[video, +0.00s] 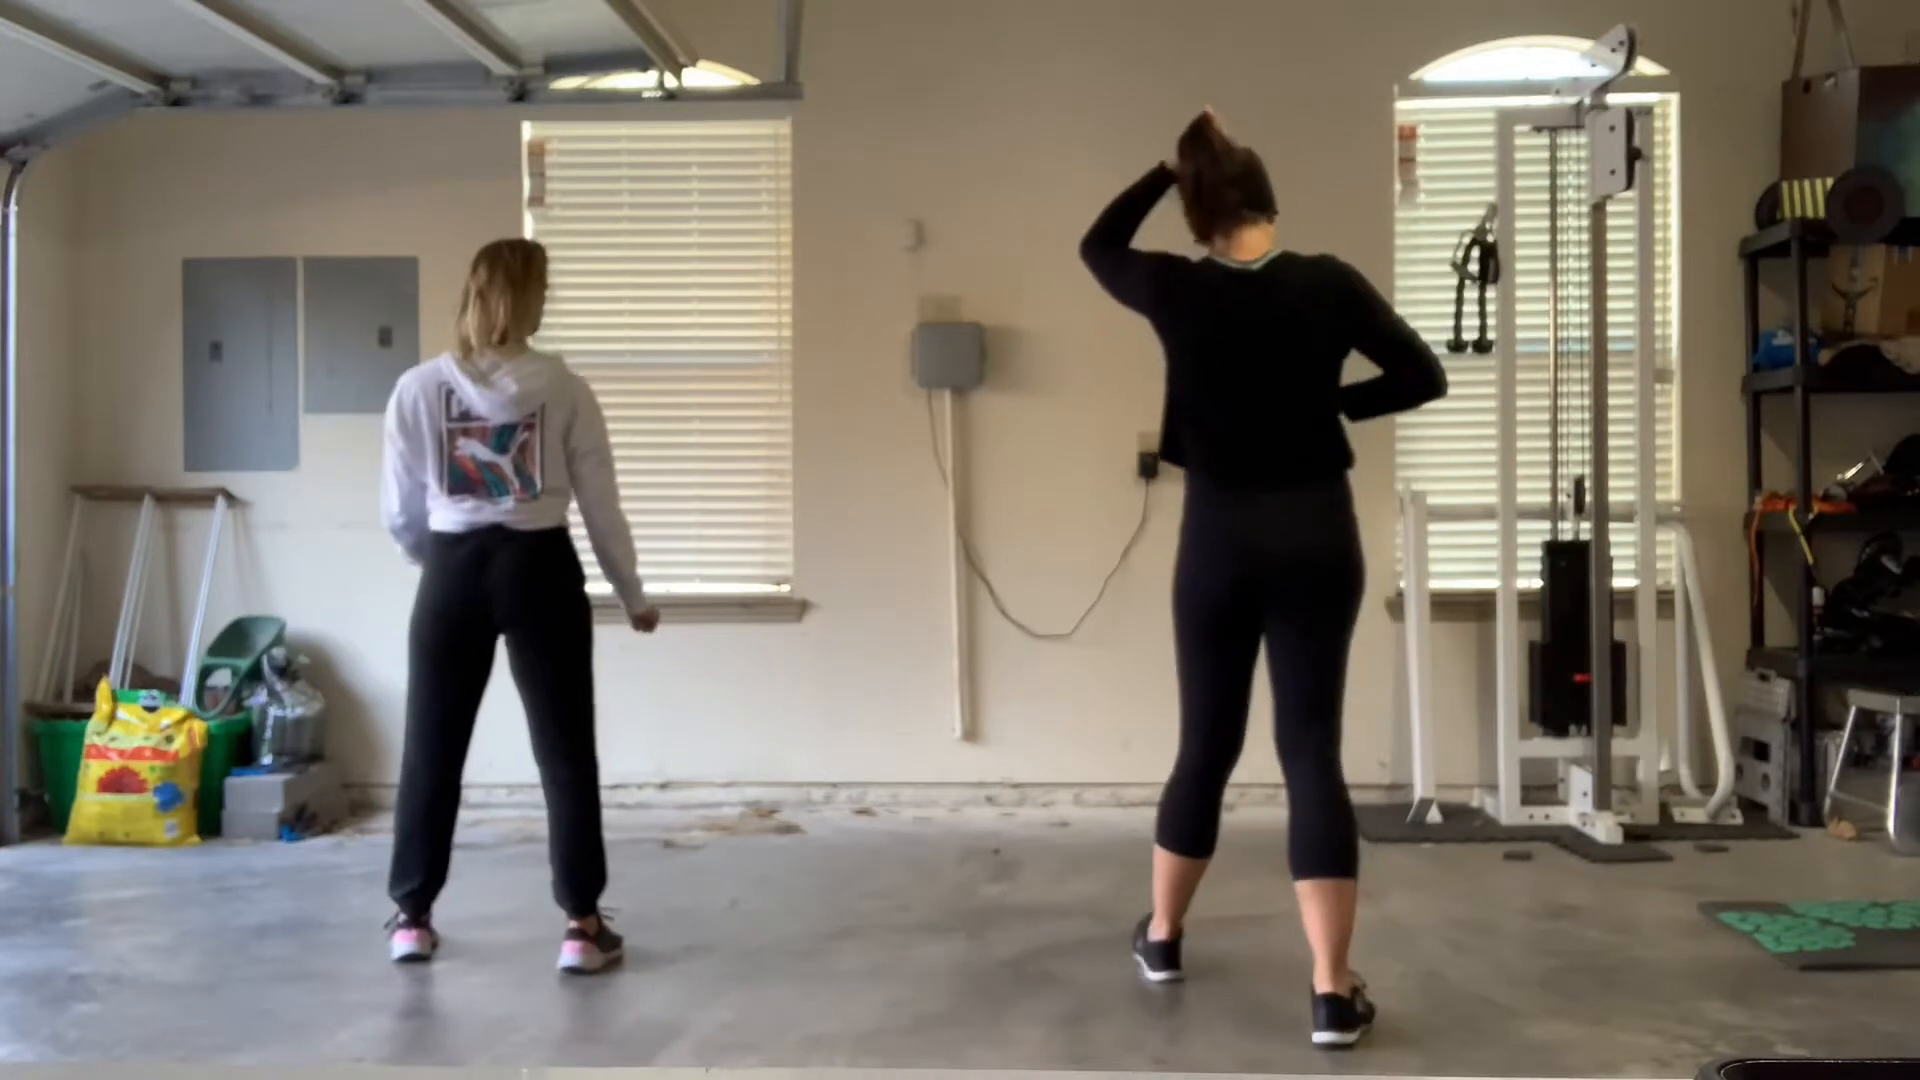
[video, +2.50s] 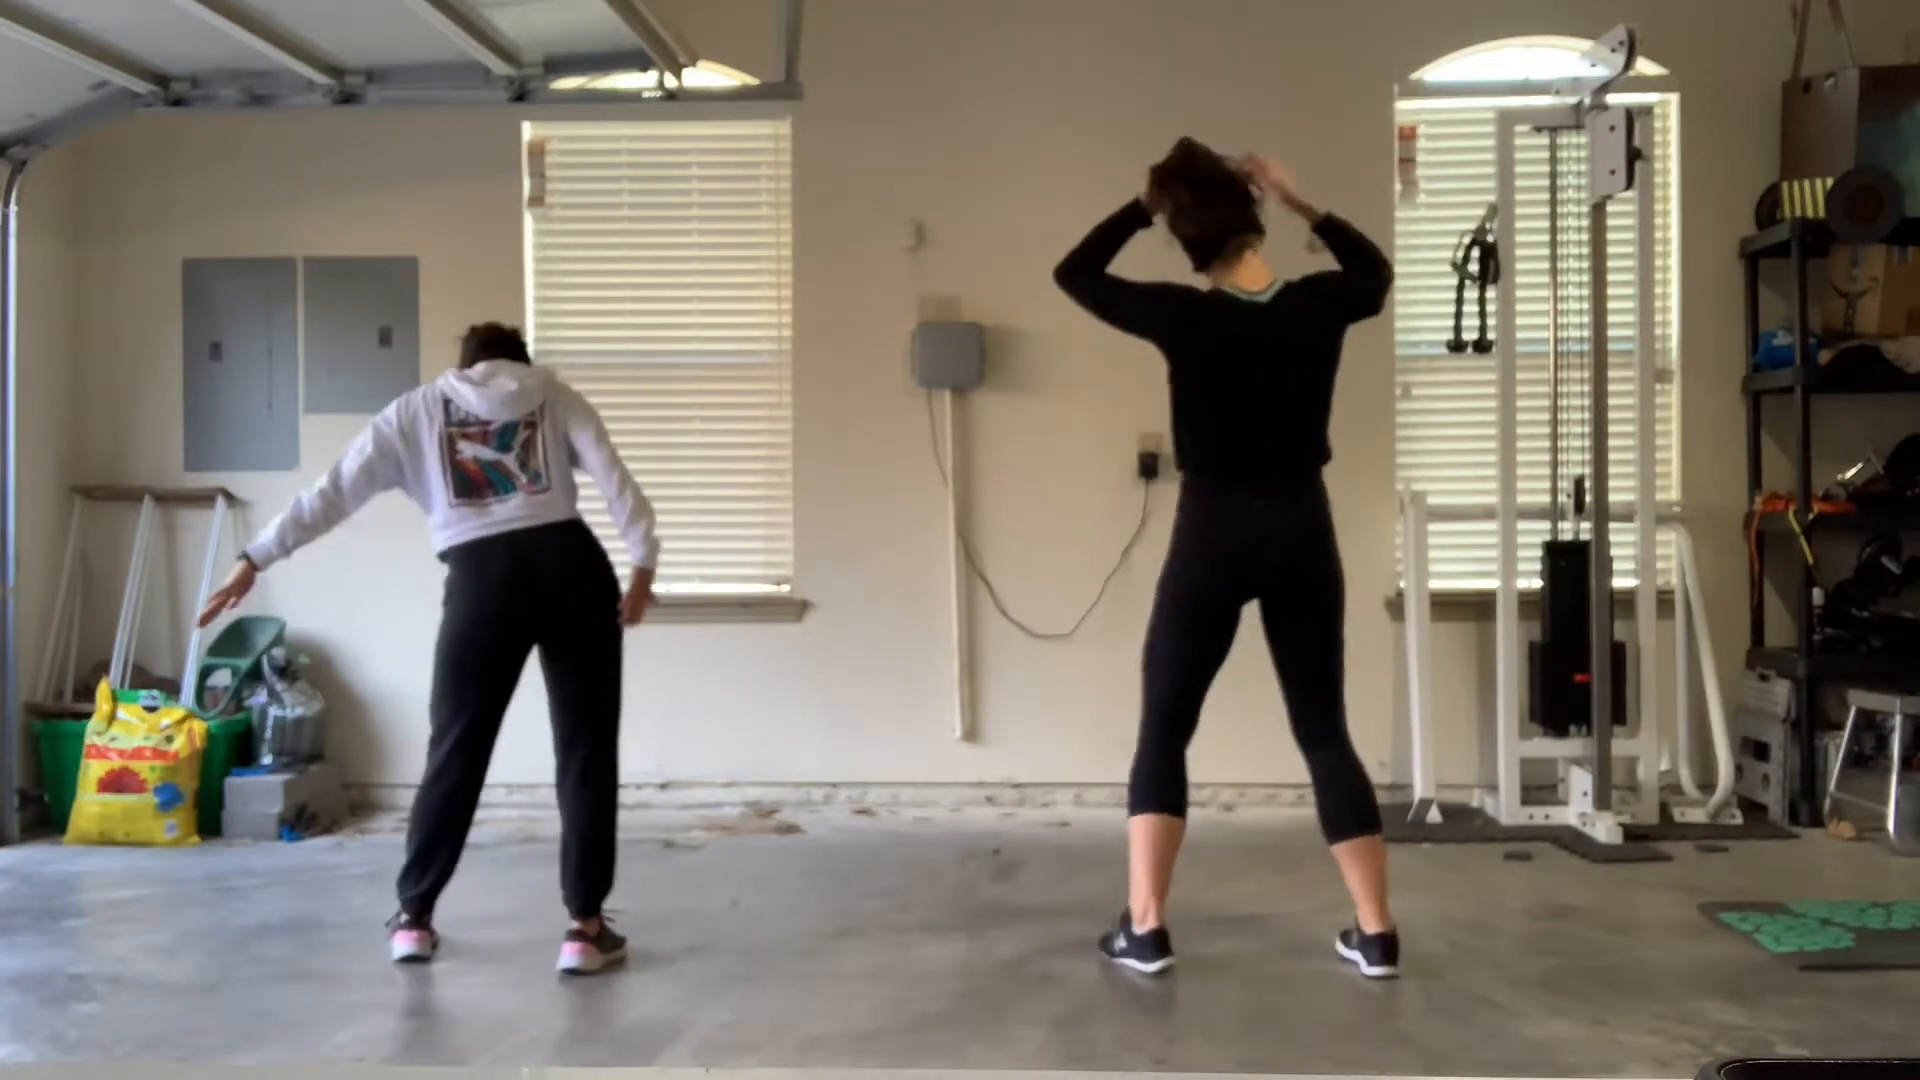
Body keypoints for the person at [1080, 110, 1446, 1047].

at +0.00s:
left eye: (1201, 215)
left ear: (1196, 219)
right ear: (1271, 203)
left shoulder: (1181, 291)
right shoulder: (1329, 284)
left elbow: (1101, 246)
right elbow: (1422, 380)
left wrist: (1167, 170)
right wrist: (1333, 405)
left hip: (1218, 552)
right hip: (1319, 547)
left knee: (1206, 746)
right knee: (1313, 755)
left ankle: (1162, 938)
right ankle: (1331, 991)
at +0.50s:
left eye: (1148, 216)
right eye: (1191, 213)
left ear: (1132, 222)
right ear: (1209, 218)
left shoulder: (1112, 293)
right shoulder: (1244, 291)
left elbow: (1058, 237)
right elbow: (1325, 322)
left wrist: (1122, 172)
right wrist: (1268, 239)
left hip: (1127, 537)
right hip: (1222, 536)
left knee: (1157, 727)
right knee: (1250, 722)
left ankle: (1158, 934)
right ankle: (1247, 912)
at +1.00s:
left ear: (1153, 231)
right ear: (1222, 227)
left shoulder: (1135, 286)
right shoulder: (1260, 293)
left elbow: (1076, 185)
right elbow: (1299, 236)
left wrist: (1158, 137)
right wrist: (1226, 187)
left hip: (1139, 533)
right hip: (1229, 532)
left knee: (1160, 731)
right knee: (1262, 716)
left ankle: (1161, 937)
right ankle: (1338, 902)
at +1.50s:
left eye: (1214, 220)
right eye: (1253, 220)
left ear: (1199, 228)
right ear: (1272, 229)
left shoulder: (1164, 301)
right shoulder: (1295, 294)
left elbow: (1055, 274)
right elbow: (1344, 239)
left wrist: (1137, 229)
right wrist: (1290, 182)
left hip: (1194, 524)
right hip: (1285, 520)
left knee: (1179, 719)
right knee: (1310, 713)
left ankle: (1172, 916)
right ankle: (1354, 913)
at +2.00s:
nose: (1226, 260)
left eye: (1202, 249)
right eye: (1242, 249)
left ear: (1187, 252)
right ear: (1259, 248)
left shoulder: (1168, 297)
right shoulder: (1292, 304)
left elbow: (1089, 205)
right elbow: (1331, 207)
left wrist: (1172, 177)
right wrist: (1260, 153)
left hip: (1183, 532)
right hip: (1273, 533)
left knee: (1141, 726)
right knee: (1307, 721)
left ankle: (1131, 926)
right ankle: (1363, 916)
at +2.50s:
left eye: (1178, 229)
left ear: (1181, 241)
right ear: (1257, 224)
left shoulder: (1184, 319)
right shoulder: (1318, 305)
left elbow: (1076, 273)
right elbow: (1374, 274)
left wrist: (1142, 207)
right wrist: (1305, 207)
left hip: (1210, 545)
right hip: (1303, 543)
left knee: (1165, 729)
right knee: (1325, 731)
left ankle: (1145, 928)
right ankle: (1377, 931)